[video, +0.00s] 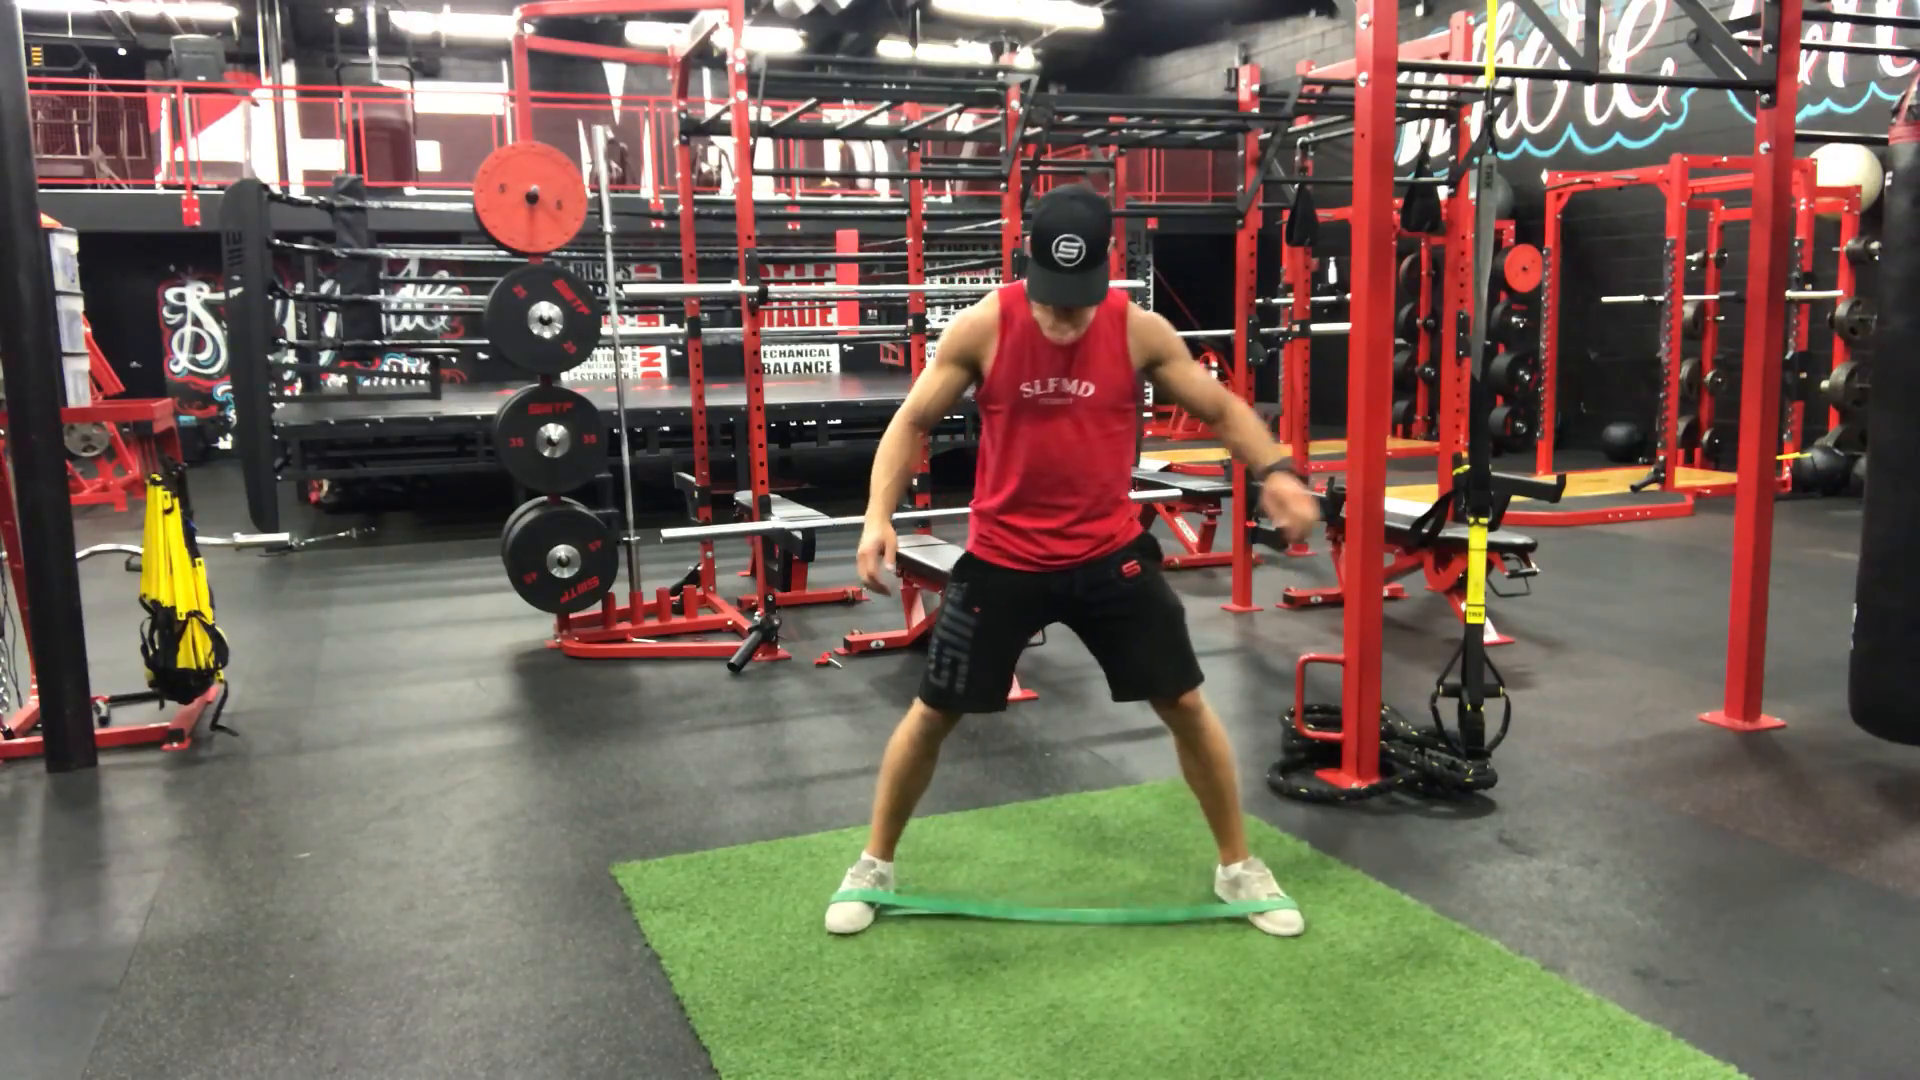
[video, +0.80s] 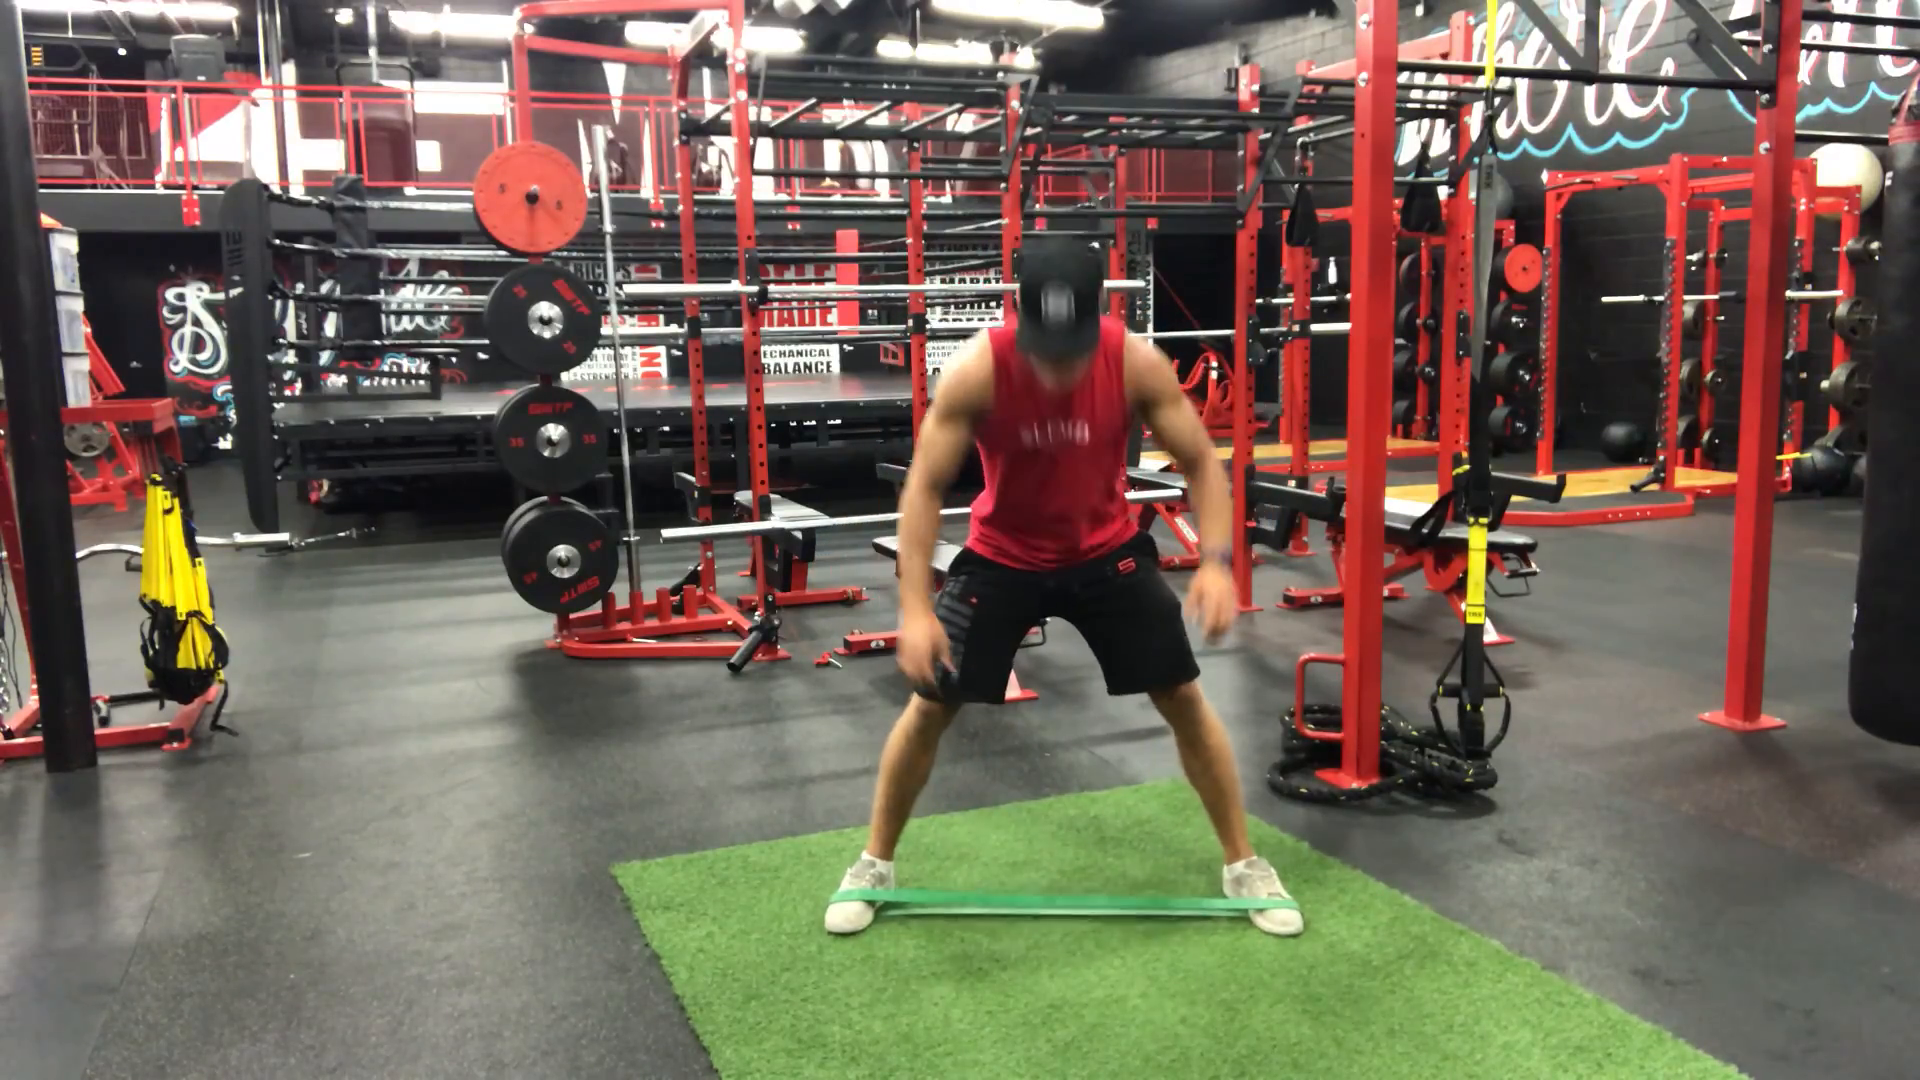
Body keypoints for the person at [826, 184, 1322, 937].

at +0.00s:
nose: (1063, 313)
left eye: (1079, 297)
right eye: (1050, 296)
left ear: (1105, 272)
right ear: (1026, 267)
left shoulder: (1139, 332)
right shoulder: (982, 327)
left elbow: (1224, 409)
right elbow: (910, 423)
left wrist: (1276, 470)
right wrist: (877, 516)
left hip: (1111, 551)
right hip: (1001, 555)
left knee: (1185, 702)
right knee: (932, 711)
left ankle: (1238, 865)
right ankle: (874, 863)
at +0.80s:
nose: (1056, 364)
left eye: (1071, 349)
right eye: (1043, 349)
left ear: (1098, 318)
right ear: (1019, 317)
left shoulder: (1137, 363)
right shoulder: (975, 373)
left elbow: (1204, 462)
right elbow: (923, 488)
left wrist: (1215, 561)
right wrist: (914, 608)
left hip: (1110, 557)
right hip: (1001, 559)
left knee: (1183, 697)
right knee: (930, 704)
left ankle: (1242, 862)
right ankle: (874, 863)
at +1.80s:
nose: (1070, 699)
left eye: (1091, 689)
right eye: (1062, 689)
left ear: (1117, 624)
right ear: (1048, 641)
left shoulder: (1156, 556)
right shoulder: (1013, 631)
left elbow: (1183, 606)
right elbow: (1015, 769)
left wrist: (1150, 683)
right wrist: (1040, 868)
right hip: (1007, 558)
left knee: (1200, 693)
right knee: (931, 710)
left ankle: (1245, 865)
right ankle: (872, 862)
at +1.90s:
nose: (1066, 677)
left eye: (1089, 668)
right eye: (1061, 670)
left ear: (1122, 612)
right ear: (1046, 624)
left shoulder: (1158, 550)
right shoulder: (1011, 624)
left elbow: (1182, 606)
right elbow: (1016, 760)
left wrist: (1147, 684)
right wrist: (1042, 862)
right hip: (1008, 553)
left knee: (1198, 693)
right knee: (932, 708)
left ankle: (1245, 864)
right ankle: (873, 862)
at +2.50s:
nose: (1090, 566)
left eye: (1107, 556)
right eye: (1079, 556)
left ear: (1143, 514)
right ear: (1059, 528)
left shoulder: (1181, 480)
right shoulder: (1027, 542)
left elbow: (1240, 546)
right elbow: (1039, 685)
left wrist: (1233, 643)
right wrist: (1066, 789)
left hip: (1137, 569)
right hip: (1037, 571)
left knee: (1207, 702)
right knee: (955, 698)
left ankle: (1246, 864)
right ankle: (905, 853)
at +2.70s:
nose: (1011, 531)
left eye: (1022, 511)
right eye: (995, 519)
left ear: (1047, 463)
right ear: (970, 487)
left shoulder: (1088, 434)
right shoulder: (953, 528)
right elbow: (1000, 651)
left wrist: (1189, 534)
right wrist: (1052, 755)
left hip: (1085, 562)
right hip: (987, 582)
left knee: (1166, 701)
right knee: (948, 719)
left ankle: (1237, 859)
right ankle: (923, 867)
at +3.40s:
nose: (1063, 404)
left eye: (1078, 388)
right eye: (1047, 391)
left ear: (1104, 354)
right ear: (1022, 358)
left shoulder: (1145, 368)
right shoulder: (979, 415)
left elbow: (1181, 432)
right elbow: (993, 544)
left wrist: (1197, 527)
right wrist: (1015, 662)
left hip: (1104, 536)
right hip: (1004, 540)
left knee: (1120, 699)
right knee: (954, 696)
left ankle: (1119, 869)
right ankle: (941, 852)